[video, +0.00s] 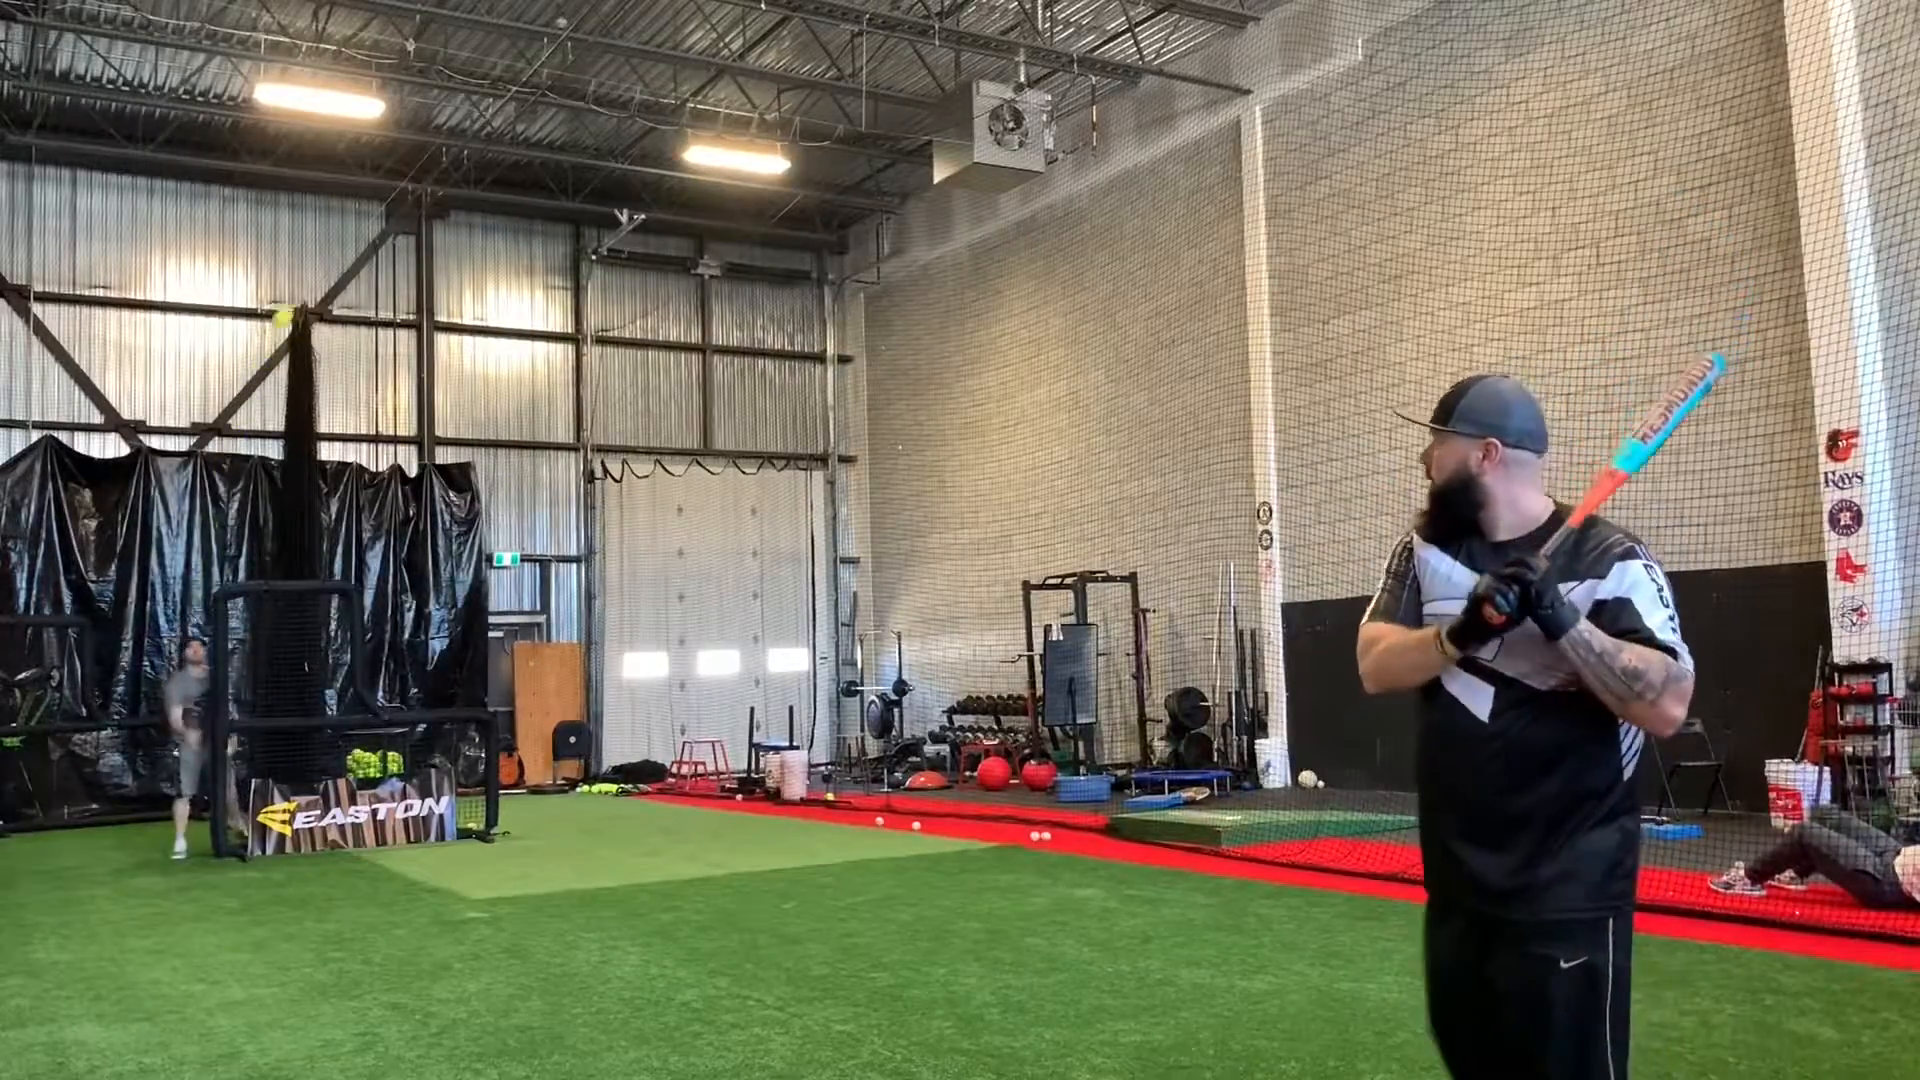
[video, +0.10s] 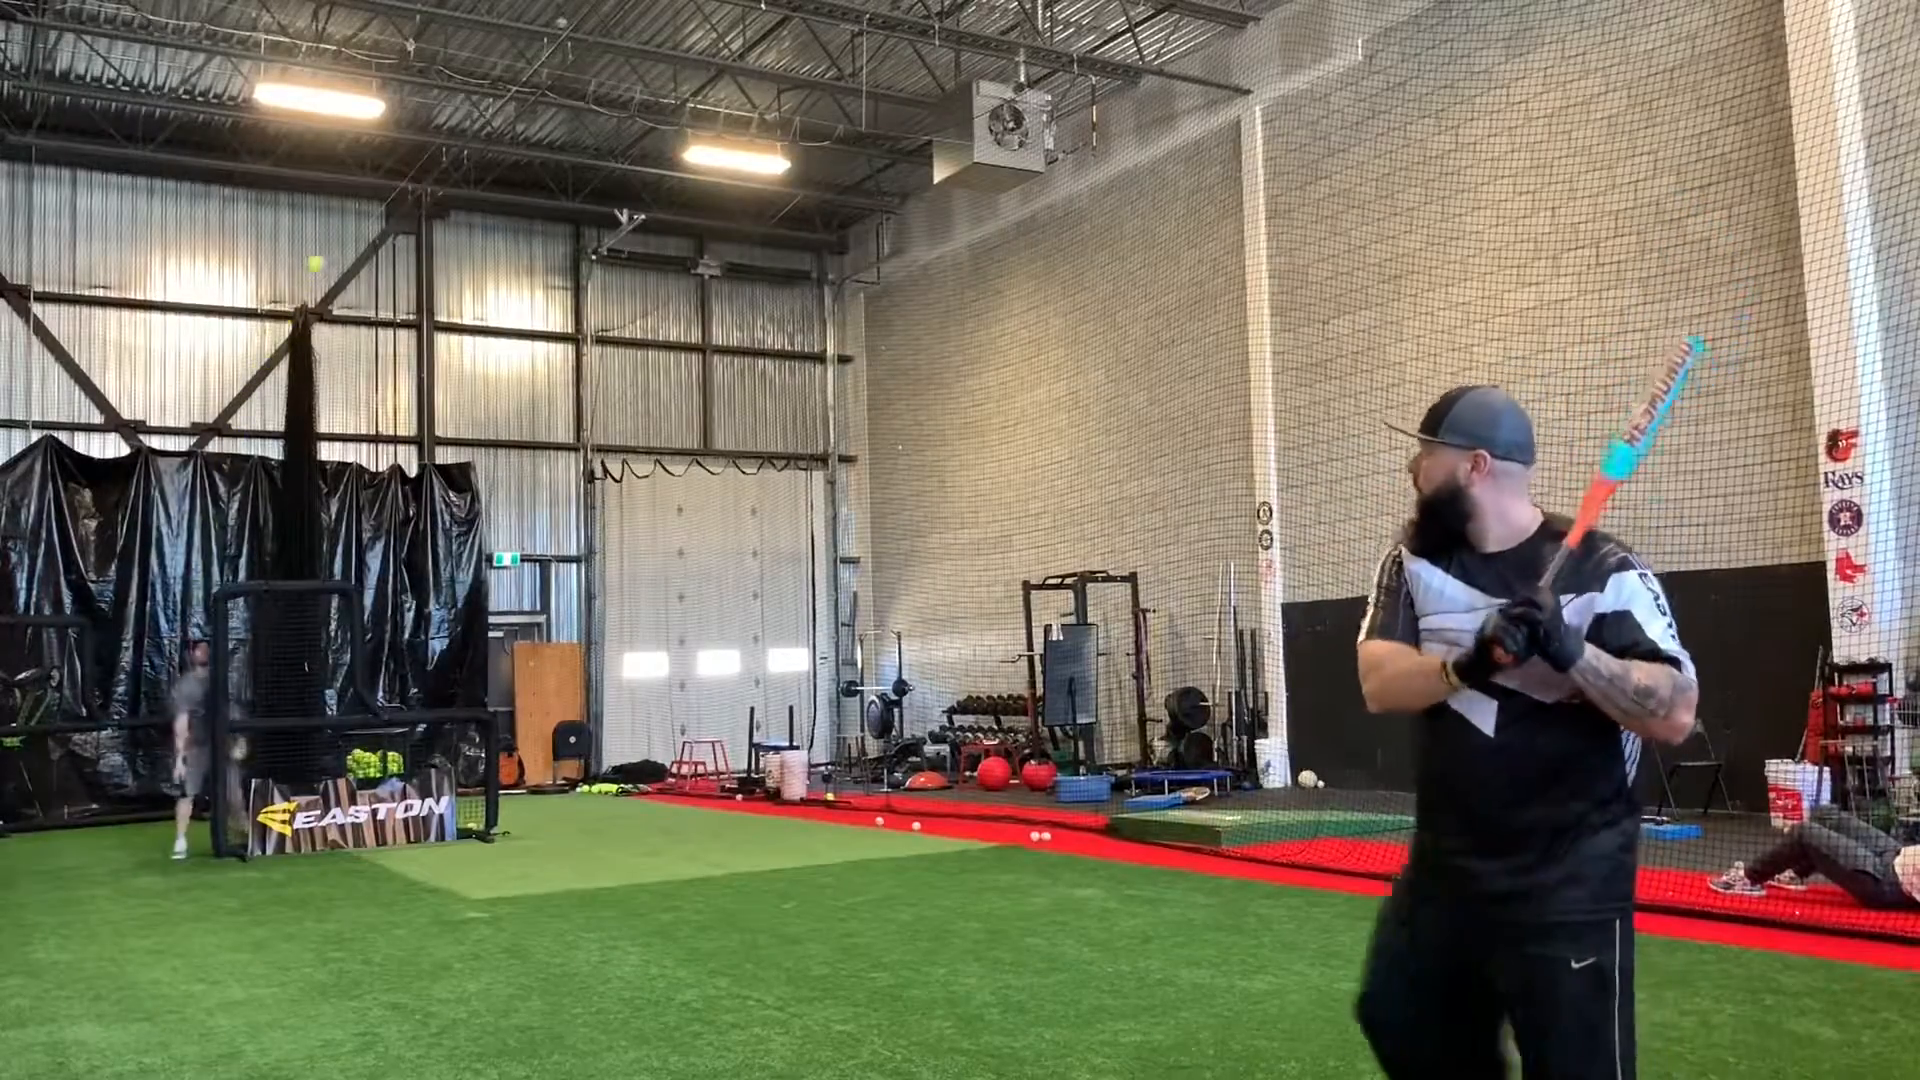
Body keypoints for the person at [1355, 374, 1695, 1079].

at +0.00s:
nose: (1425, 459)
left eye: (1437, 442)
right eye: (1429, 443)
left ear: (1486, 453)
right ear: (1484, 455)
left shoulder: (1610, 559)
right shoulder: (1426, 552)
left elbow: (1667, 708)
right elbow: (1375, 666)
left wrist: (1566, 624)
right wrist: (1459, 634)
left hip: (1568, 889)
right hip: (1460, 880)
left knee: (1570, 1063)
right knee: (1470, 1057)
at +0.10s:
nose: (1413, 469)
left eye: (1426, 453)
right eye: (1418, 453)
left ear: (1477, 464)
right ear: (1475, 465)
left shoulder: (1607, 571)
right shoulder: (1415, 564)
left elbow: (1674, 715)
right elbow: (1378, 683)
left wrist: (1572, 653)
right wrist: (1472, 663)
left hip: (1567, 885)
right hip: (1446, 873)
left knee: (1578, 1063)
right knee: (1400, 1019)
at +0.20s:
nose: (1397, 483)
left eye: (1409, 467)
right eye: (1401, 468)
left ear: (1460, 480)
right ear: (1456, 482)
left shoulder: (1594, 583)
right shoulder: (1398, 580)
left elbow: (1669, 725)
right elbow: (1381, 700)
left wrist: (1580, 691)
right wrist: (1473, 704)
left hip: (1551, 869)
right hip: (1425, 856)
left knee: (1576, 1061)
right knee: (1340, 975)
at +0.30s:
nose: (1374, 499)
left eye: (1386, 486)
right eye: (1378, 485)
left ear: (1436, 503)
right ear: (1433, 504)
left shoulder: (1568, 598)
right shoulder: (1374, 595)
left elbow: (1646, 738)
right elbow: (1373, 718)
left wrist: (1577, 723)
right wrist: (1476, 740)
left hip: (1531, 863)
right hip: (1402, 845)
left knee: (1550, 1060)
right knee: (1295, 937)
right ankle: (1321, 1073)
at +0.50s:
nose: (1312, 533)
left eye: (1324, 519)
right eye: (1316, 520)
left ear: (1370, 536)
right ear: (1365, 537)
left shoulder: (1491, 613)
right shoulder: (1314, 613)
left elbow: (1592, 737)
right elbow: (1322, 703)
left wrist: (1534, 692)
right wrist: (1443, 700)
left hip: (1472, 871)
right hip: (1350, 859)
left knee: (1505, 1050)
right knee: (1237, 966)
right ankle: (1219, 1074)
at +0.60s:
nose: (1270, 553)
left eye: (1284, 543)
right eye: (1275, 541)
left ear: (1330, 559)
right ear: (1328, 560)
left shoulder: (1442, 642)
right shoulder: (1278, 623)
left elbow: (1539, 741)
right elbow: (1282, 665)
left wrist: (1507, 644)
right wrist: (1417, 627)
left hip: (1419, 887)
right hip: (1320, 879)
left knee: (1443, 1051)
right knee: (1242, 994)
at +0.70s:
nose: (1254, 559)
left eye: (1269, 553)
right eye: (1260, 550)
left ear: (1306, 574)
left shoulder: (1372, 666)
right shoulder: (1257, 627)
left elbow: (1360, 784)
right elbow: (1223, 633)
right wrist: (1312, 616)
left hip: (1360, 898)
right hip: (1296, 891)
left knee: (1343, 1060)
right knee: (1232, 988)